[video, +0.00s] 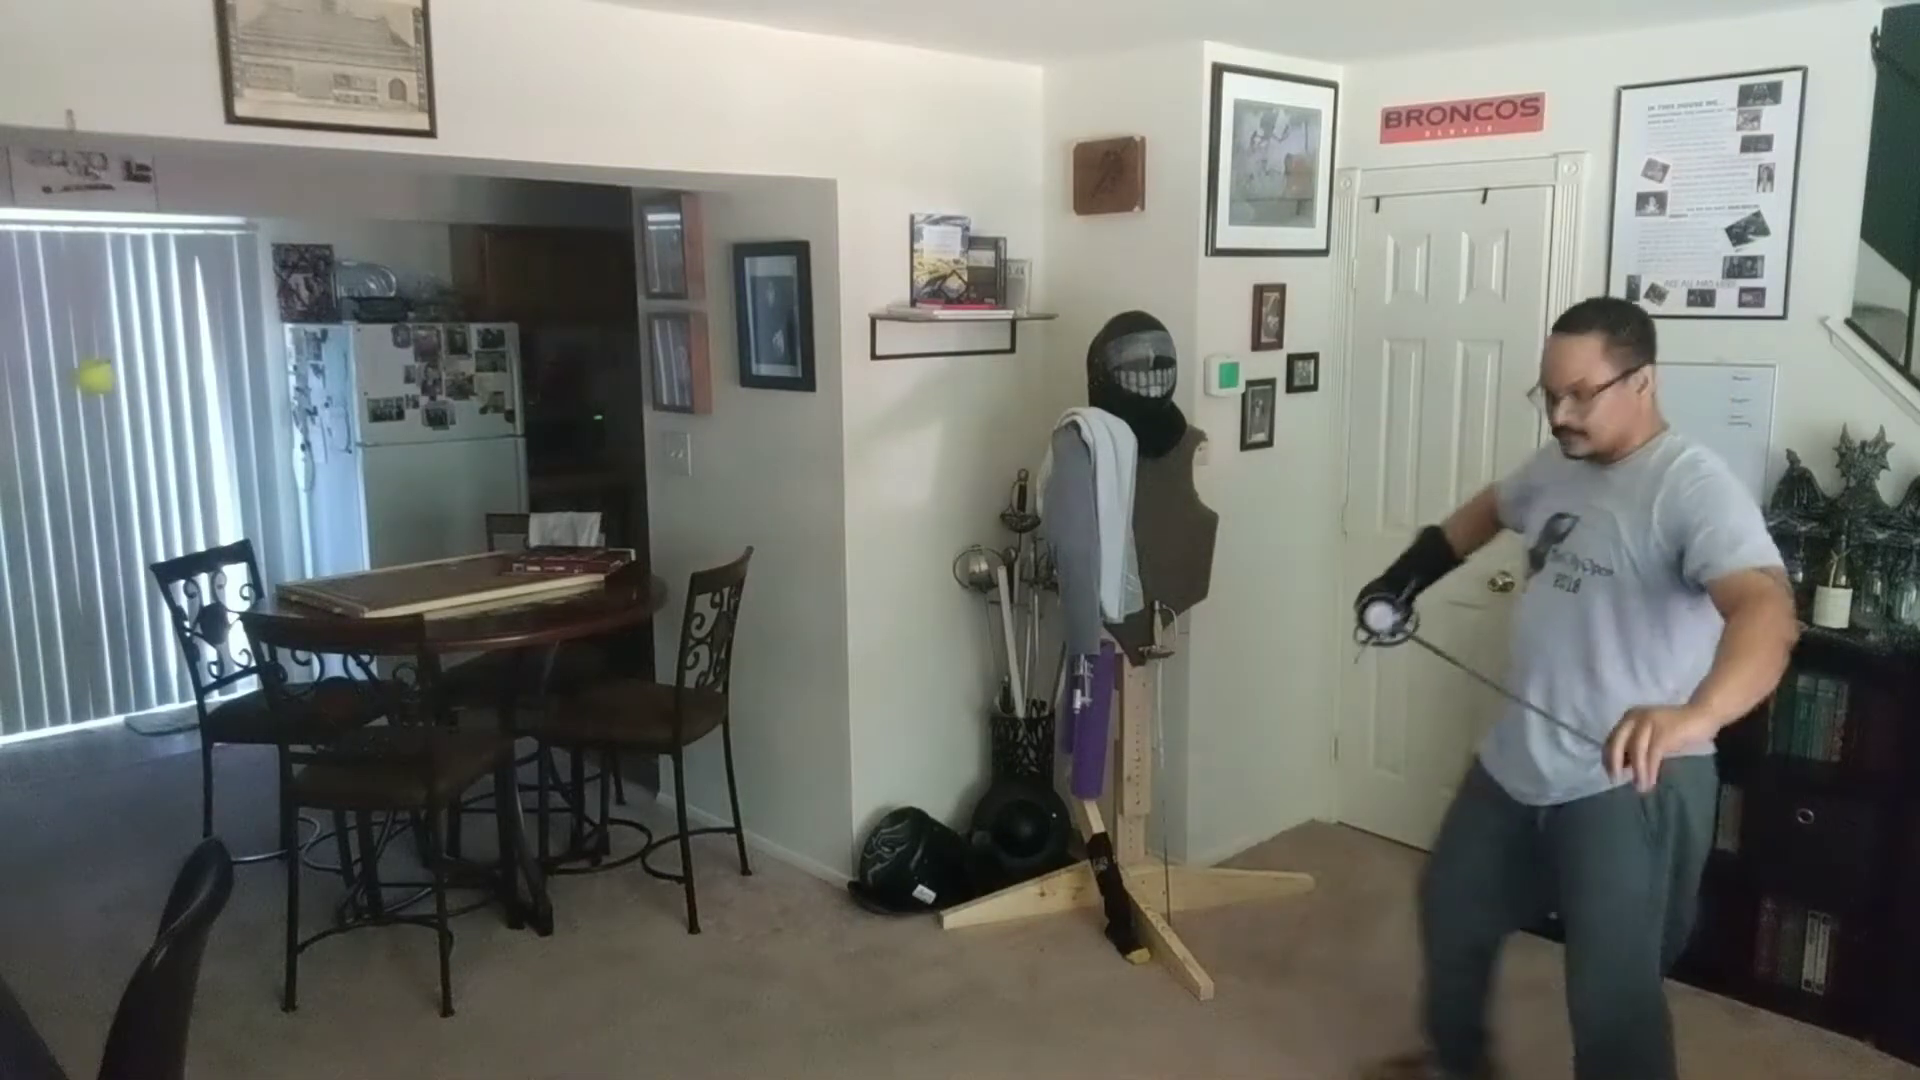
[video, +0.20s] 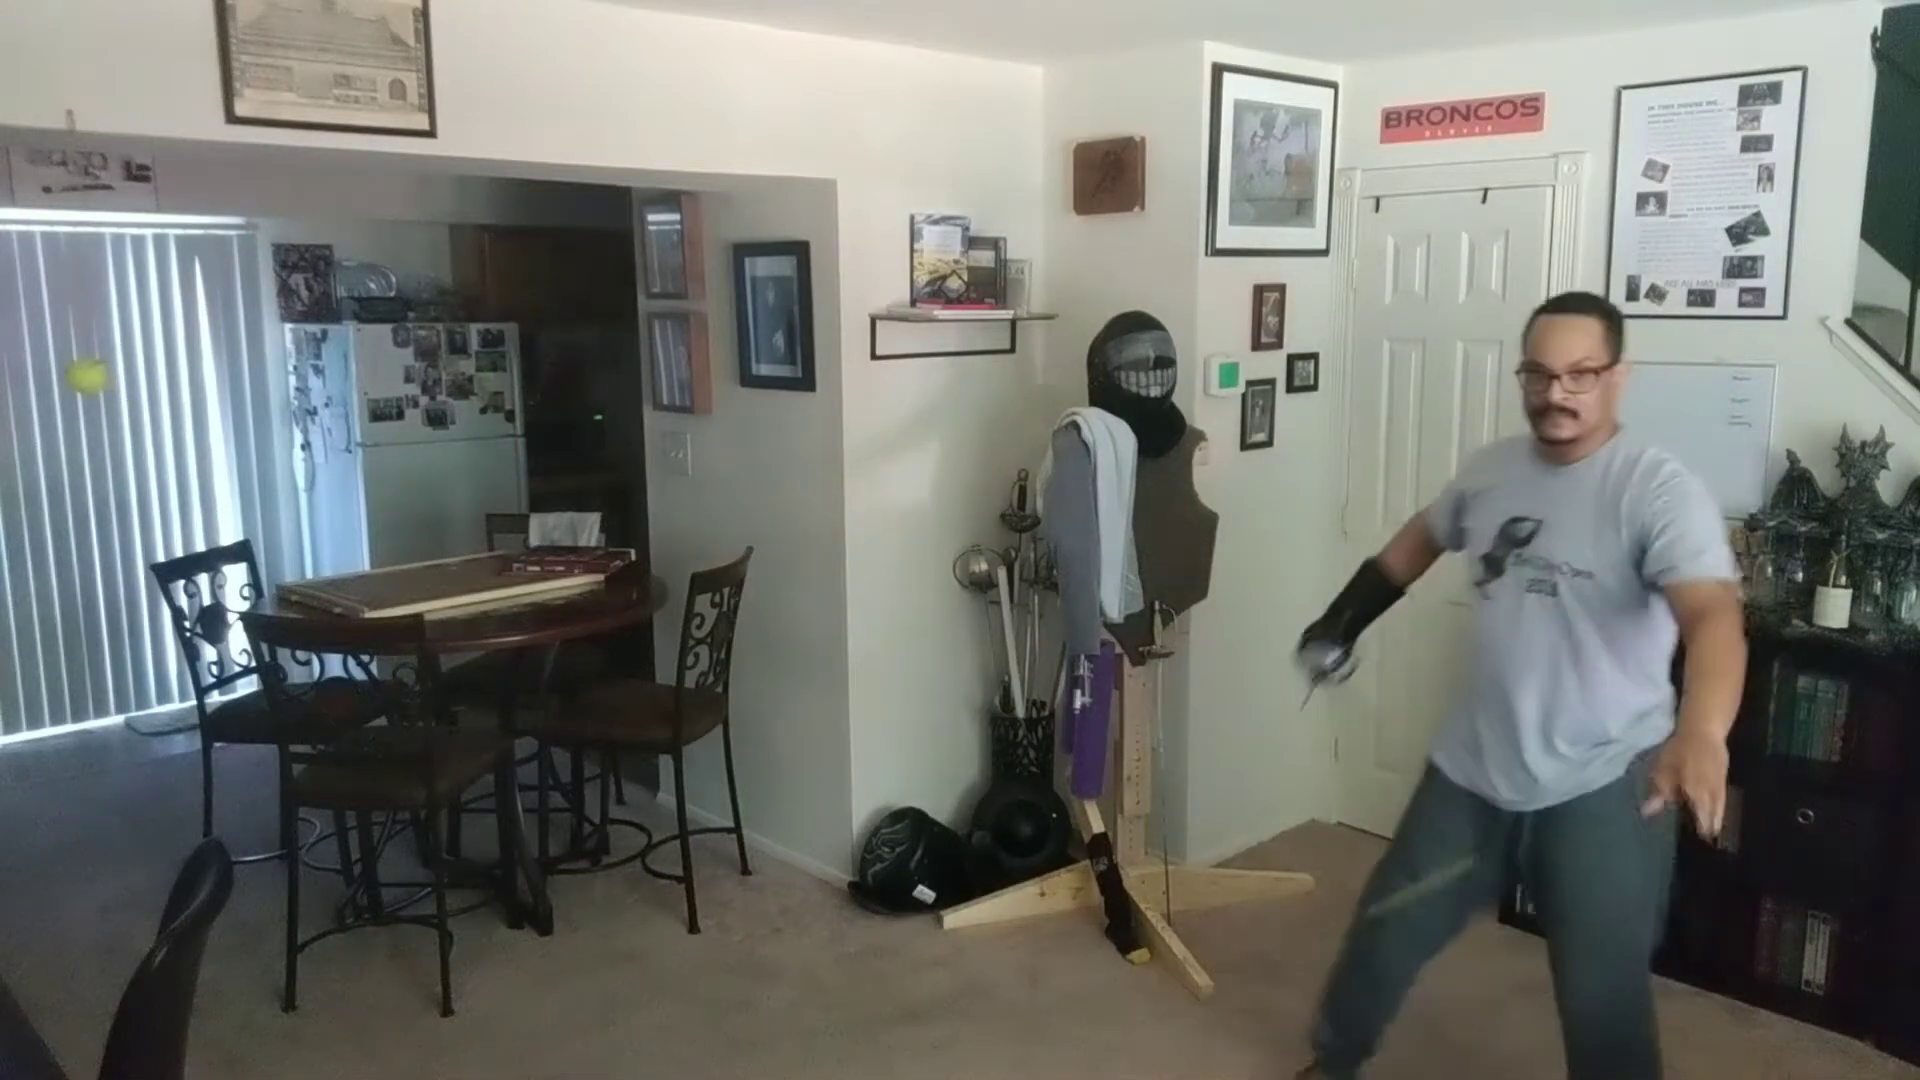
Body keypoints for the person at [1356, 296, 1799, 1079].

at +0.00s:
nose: (1560, 415)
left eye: (1578, 394)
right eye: (1551, 395)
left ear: (1642, 383)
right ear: (1542, 387)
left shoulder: (1693, 484)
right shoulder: (1556, 466)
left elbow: (1768, 615)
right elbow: (1487, 513)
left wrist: (1700, 713)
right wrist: (1406, 576)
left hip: (1634, 782)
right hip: (1520, 757)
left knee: (1613, 990)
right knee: (1452, 907)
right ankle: (1456, 1060)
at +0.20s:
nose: (1555, 395)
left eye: (1578, 377)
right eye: (1538, 375)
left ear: (1618, 378)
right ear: (1520, 376)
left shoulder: (1657, 488)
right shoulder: (1493, 470)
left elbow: (1714, 615)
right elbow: (1420, 541)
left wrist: (1702, 734)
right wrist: (1340, 621)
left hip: (1604, 777)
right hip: (1477, 762)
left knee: (1602, 994)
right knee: (1386, 932)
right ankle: (1333, 1061)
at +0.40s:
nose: (1496, 384)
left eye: (1519, 368)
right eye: (1479, 366)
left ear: (1551, 378)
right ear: (1458, 373)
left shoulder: (1596, 499)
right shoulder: (1405, 487)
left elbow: (1666, 657)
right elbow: (1346, 598)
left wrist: (1679, 817)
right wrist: (1287, 726)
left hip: (1542, 786)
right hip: (1406, 777)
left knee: (1562, 984)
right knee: (1346, 961)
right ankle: (1325, 1071)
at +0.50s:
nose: (1459, 377)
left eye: (1483, 362)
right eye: (1442, 360)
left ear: (1515, 375)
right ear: (1423, 370)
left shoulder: (1562, 491)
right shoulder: (1363, 480)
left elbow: (1624, 638)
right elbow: (1318, 616)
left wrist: (1631, 788)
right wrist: (1280, 750)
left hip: (1509, 773)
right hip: (1374, 767)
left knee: (1546, 971)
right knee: (1326, 957)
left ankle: (1591, 1078)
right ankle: (1319, 1070)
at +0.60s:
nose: (1432, 372)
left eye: (1454, 356)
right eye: (1414, 356)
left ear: (1483, 369)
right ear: (1392, 368)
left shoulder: (1533, 481)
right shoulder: (1332, 483)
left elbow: (1591, 609)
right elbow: (1299, 621)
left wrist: (1571, 741)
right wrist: (1277, 744)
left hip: (1488, 762)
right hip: (1353, 758)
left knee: (1522, 953)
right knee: (1317, 956)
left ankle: (1562, 1075)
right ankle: (1315, 1070)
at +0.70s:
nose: (1411, 369)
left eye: (1431, 354)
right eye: (1392, 355)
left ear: (1459, 366)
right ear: (1371, 368)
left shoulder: (1513, 472)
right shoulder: (1314, 484)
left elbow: (1560, 568)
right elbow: (1287, 620)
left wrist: (1521, 679)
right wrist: (1272, 732)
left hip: (1473, 752)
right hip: (1341, 755)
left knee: (1496, 943)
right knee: (1314, 949)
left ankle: (1499, 1069)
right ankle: (1315, 1068)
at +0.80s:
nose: (1399, 368)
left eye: (1418, 351)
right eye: (1379, 354)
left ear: (1444, 362)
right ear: (1357, 368)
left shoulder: (1495, 463)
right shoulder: (1307, 484)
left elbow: (1533, 547)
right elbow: (1285, 616)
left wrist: (1488, 648)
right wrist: (1279, 686)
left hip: (1464, 739)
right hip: (1338, 746)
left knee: (1459, 929)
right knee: (1317, 941)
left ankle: (1415, 1057)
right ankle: (1317, 1066)